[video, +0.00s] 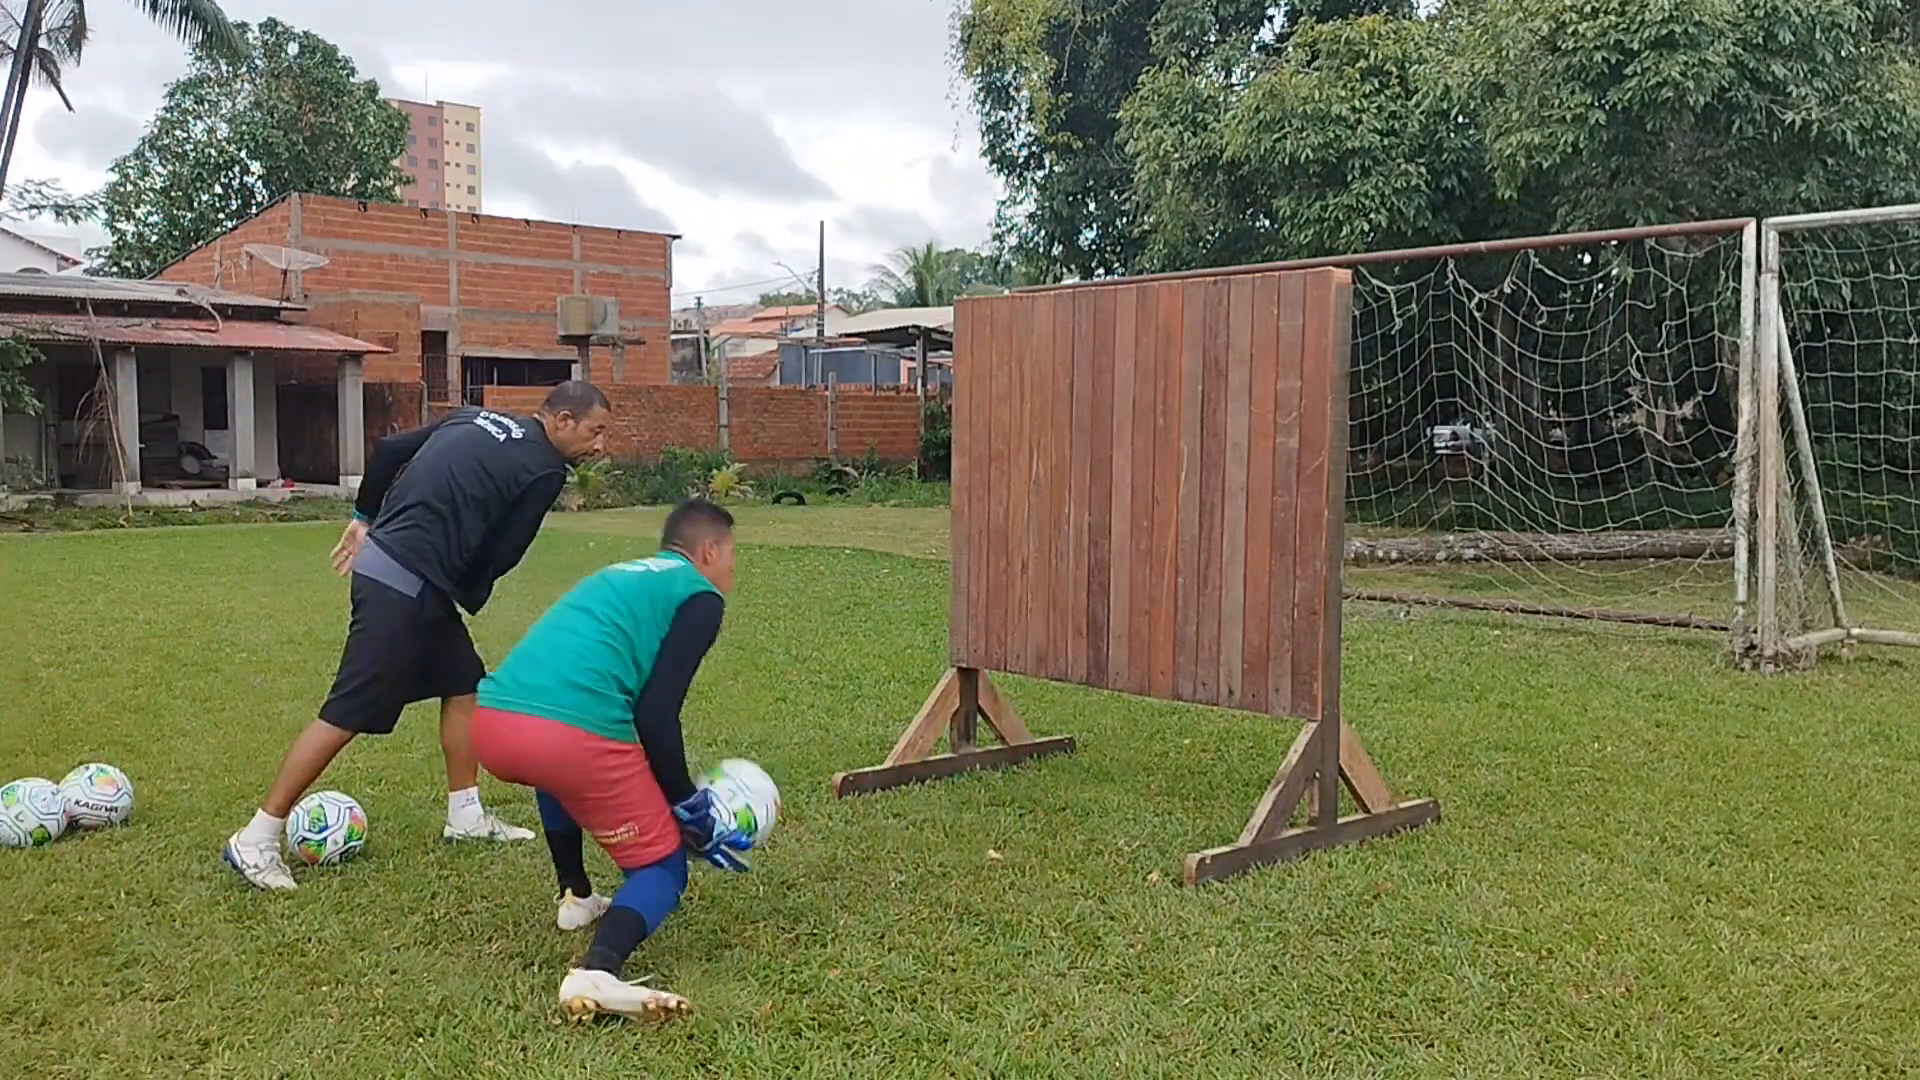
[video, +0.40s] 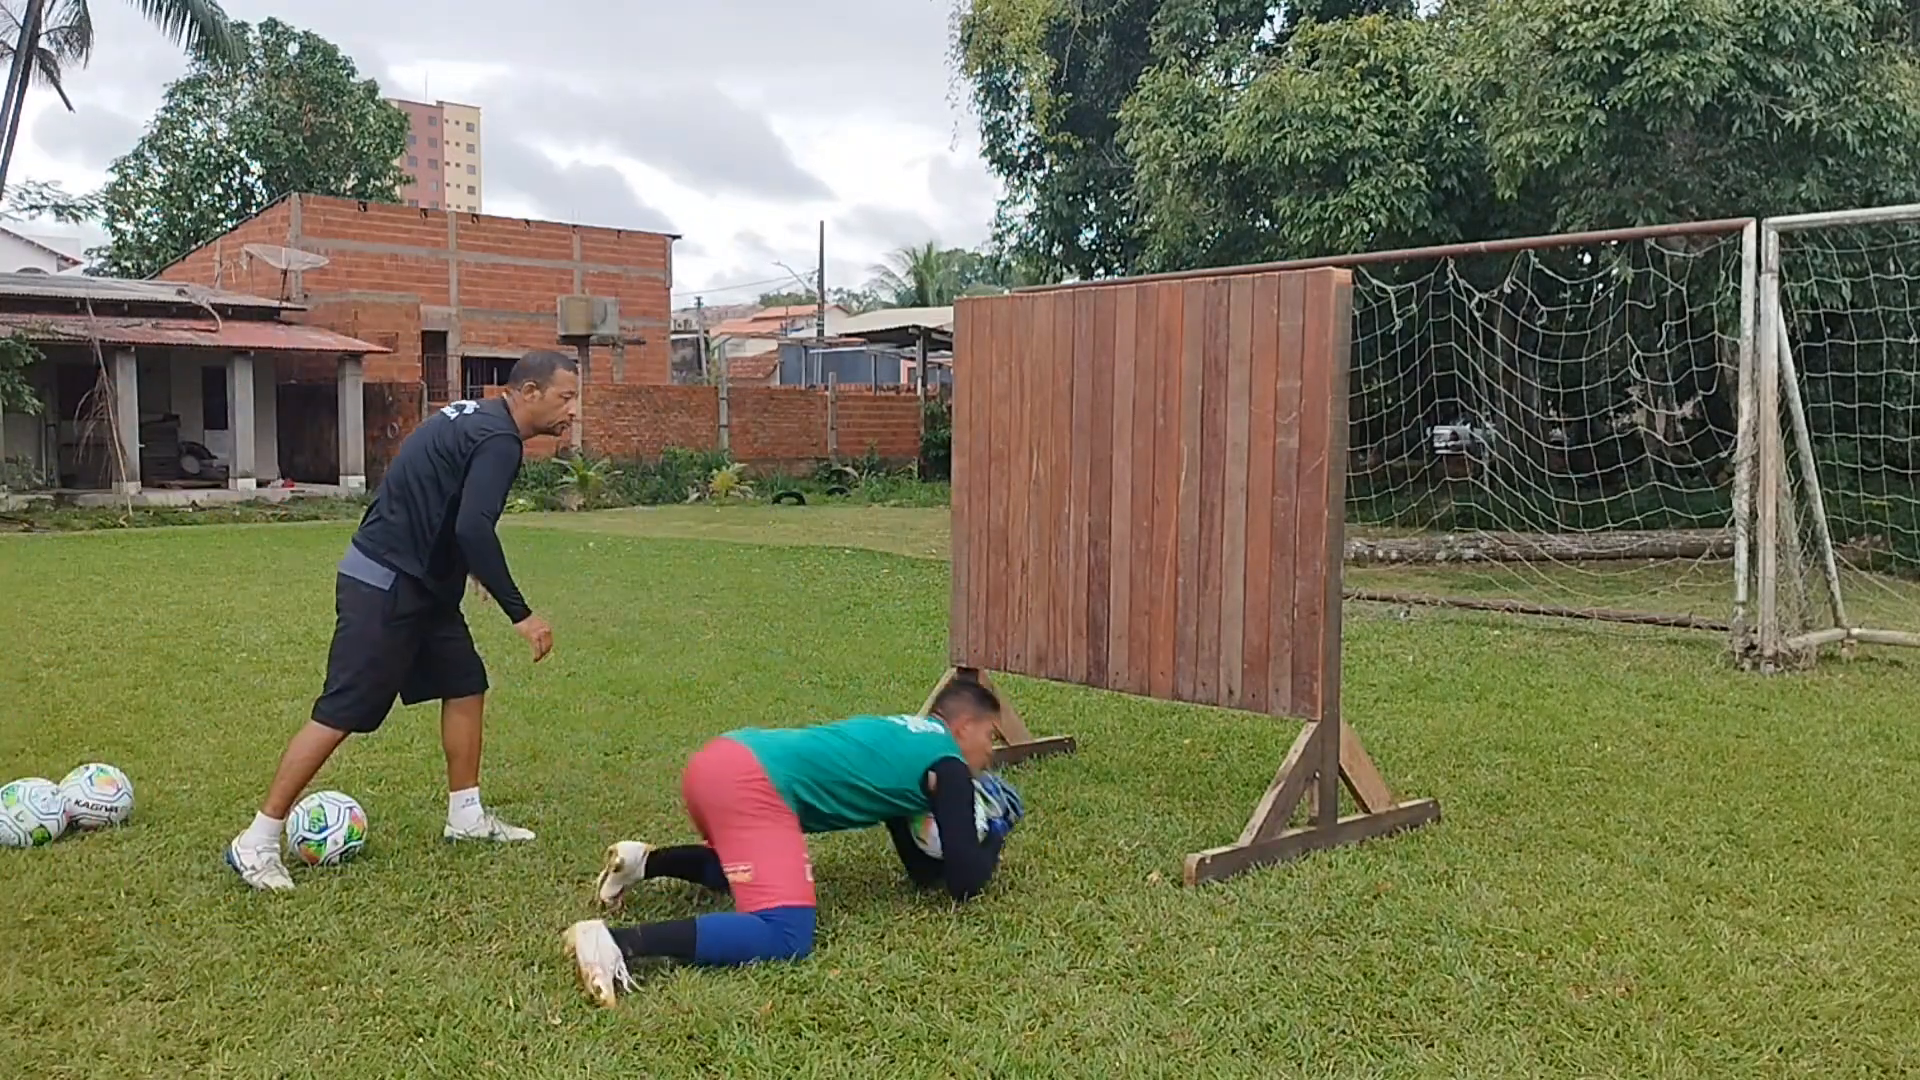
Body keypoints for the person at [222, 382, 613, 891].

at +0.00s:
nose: (599, 446)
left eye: (603, 435)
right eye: (594, 433)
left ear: (553, 418)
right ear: (560, 420)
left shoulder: (474, 418)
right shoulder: (546, 468)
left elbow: (390, 448)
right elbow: (502, 552)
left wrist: (363, 517)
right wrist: (464, 592)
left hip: (383, 563)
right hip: (402, 583)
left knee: (463, 681)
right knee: (349, 711)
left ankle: (467, 817)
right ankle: (257, 839)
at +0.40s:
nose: (572, 409)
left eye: (575, 399)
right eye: (566, 397)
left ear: (521, 396)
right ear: (526, 394)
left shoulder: (475, 418)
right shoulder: (498, 439)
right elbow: (474, 529)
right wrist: (521, 613)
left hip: (426, 588)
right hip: (383, 583)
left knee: (464, 687)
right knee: (342, 711)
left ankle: (466, 818)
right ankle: (256, 841)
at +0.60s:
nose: (533, 376)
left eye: (532, 365)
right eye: (524, 365)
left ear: (487, 370)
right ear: (485, 368)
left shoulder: (461, 417)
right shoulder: (446, 423)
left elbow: (423, 502)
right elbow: (409, 514)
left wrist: (467, 547)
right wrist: (455, 599)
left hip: (413, 586)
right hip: (368, 587)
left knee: (460, 689)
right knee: (336, 713)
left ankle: (465, 818)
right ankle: (256, 844)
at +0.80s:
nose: (460, 356)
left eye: (458, 345)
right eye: (449, 345)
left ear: (418, 353)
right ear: (412, 352)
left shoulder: (404, 414)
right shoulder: (365, 414)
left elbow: (375, 506)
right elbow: (335, 513)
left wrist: (425, 542)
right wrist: (393, 588)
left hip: (385, 590)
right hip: (332, 593)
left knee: (438, 698)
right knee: (303, 721)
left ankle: (465, 818)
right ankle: (245, 854)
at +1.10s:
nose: (379, 333)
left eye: (376, 321)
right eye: (367, 322)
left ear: (337, 331)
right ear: (328, 331)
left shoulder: (329, 397)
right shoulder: (280, 402)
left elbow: (326, 484)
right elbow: (258, 506)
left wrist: (378, 505)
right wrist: (349, 559)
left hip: (335, 584)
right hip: (281, 588)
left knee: (396, 686)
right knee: (269, 720)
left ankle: (402, 823)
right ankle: (239, 857)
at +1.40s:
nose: (339, 322)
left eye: (334, 310)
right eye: (326, 313)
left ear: (294, 325)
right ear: (288, 325)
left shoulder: (301, 394)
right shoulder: (251, 399)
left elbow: (335, 462)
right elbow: (283, 496)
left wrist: (421, 447)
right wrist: (385, 474)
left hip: (324, 581)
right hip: (272, 586)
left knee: (372, 698)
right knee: (264, 723)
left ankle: (392, 828)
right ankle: (239, 858)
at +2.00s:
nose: (340, 332)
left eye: (338, 319)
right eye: (328, 322)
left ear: (296, 331)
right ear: (288, 331)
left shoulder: (313, 391)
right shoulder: (234, 406)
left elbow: (324, 460)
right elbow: (232, 515)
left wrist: (374, 482)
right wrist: (333, 542)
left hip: (330, 580)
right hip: (265, 587)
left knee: (389, 692)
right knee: (254, 723)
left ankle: (397, 824)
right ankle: (238, 855)